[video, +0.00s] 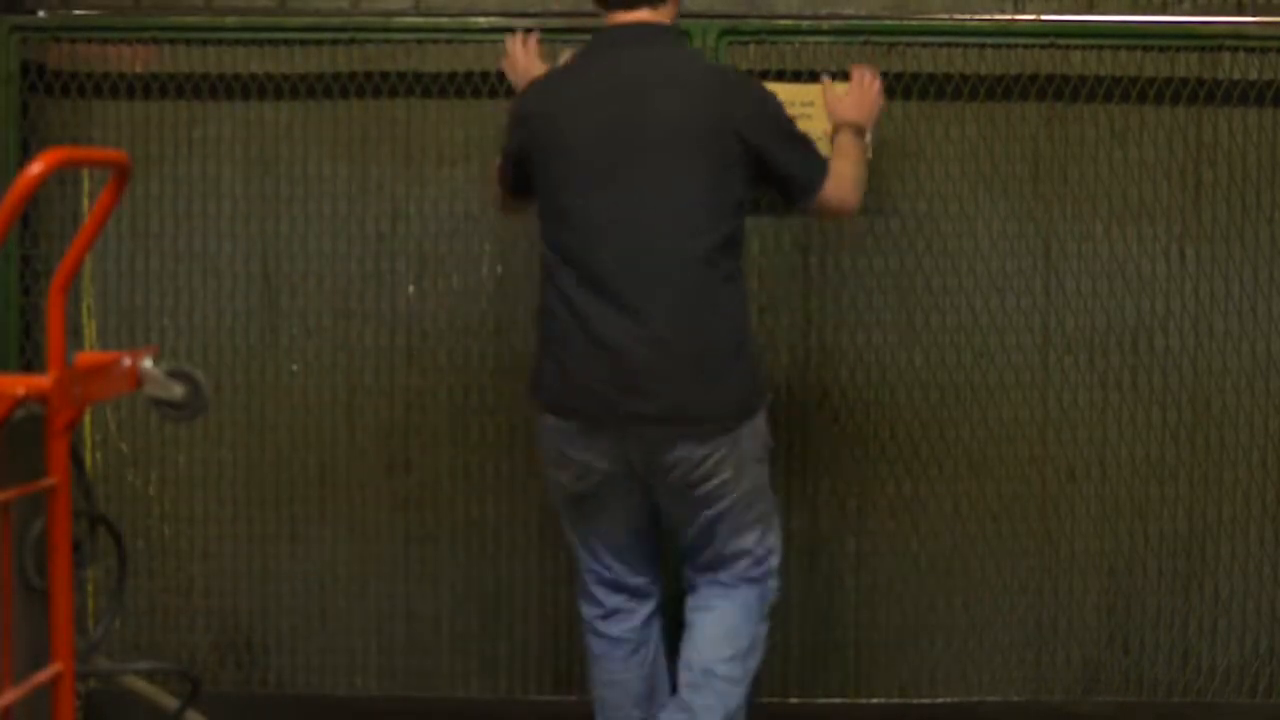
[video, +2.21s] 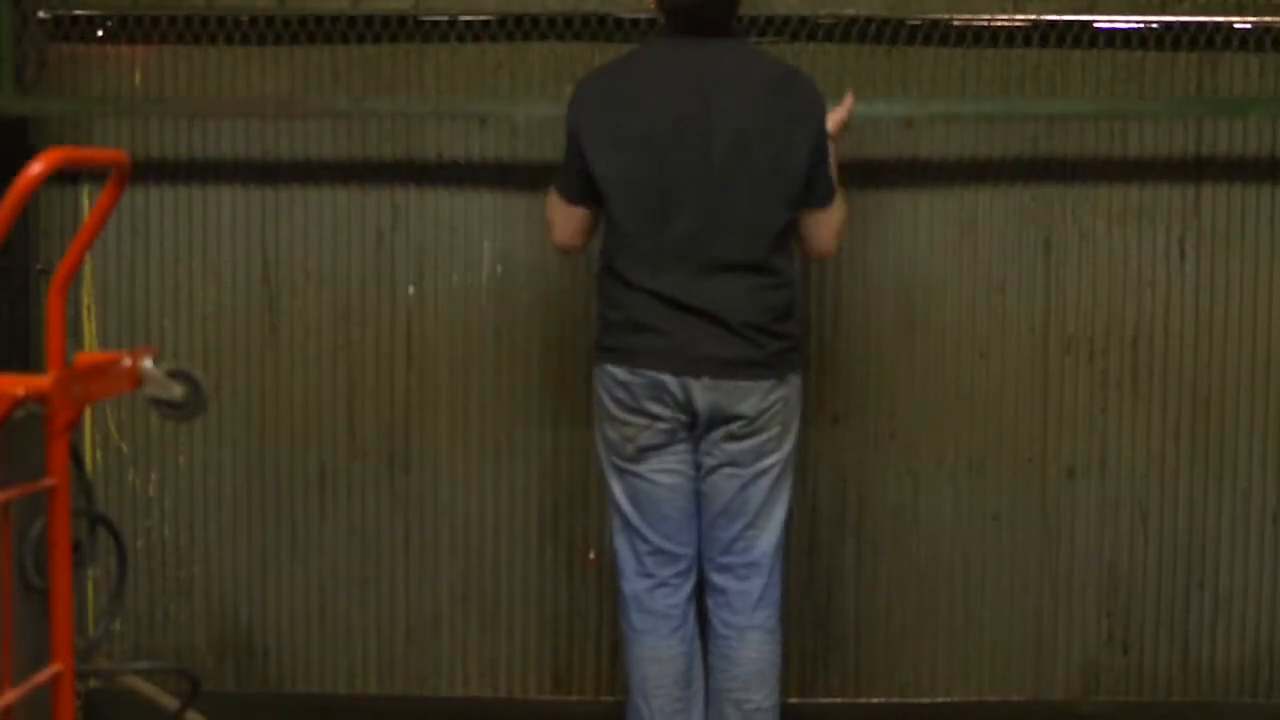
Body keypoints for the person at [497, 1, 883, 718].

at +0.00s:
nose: (674, 7)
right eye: (675, 1)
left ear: (597, 8)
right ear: (672, 5)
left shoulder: (550, 101)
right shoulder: (726, 95)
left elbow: (514, 191)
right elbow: (840, 195)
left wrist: (532, 96)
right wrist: (853, 127)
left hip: (580, 395)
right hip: (703, 392)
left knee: (614, 594)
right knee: (732, 570)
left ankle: (626, 713)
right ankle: (699, 711)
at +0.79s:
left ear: (683, 1)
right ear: (756, 3)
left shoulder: (640, 79)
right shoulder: (803, 81)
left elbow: (514, 107)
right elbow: (928, 101)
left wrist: (549, 14)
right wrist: (877, 14)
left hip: (653, 341)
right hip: (766, 345)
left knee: (662, 563)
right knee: (754, 565)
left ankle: (666, 715)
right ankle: (756, 713)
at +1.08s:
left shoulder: (629, 68)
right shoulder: (804, 69)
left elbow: (483, 84)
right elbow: (952, 75)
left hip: (651, 338)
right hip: (764, 345)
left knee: (661, 572)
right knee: (753, 574)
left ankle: (667, 714)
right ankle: (752, 713)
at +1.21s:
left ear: (668, 4)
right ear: (746, 3)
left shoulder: (627, 84)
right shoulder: (792, 85)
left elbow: (547, 212)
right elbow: (885, 211)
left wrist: (441, 239)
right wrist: (988, 206)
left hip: (647, 345)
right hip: (760, 355)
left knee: (659, 574)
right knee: (750, 578)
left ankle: (666, 718)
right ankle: (750, 718)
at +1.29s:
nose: (674, 11)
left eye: (666, 6)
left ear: (664, 10)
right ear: (740, 10)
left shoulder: (616, 98)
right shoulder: (794, 98)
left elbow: (570, 249)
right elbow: (843, 251)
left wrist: (512, 359)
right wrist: (914, 339)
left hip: (641, 352)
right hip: (757, 363)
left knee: (658, 575)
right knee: (747, 577)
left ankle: (665, 714)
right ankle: (745, 712)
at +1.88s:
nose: (654, 12)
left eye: (657, 7)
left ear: (660, 13)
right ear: (742, 13)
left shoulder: (606, 96)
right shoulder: (794, 97)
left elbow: (589, 255)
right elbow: (812, 264)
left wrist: (578, 268)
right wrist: (828, 270)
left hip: (635, 367)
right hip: (753, 371)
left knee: (654, 586)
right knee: (744, 587)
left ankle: (665, 717)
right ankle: (745, 716)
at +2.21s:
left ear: (659, 5)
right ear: (738, 5)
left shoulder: (606, 91)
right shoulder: (790, 93)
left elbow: (566, 230)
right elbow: (824, 236)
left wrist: (623, 163)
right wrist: (824, 145)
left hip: (637, 367)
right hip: (753, 371)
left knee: (656, 583)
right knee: (744, 585)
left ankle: (664, 716)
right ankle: (744, 716)